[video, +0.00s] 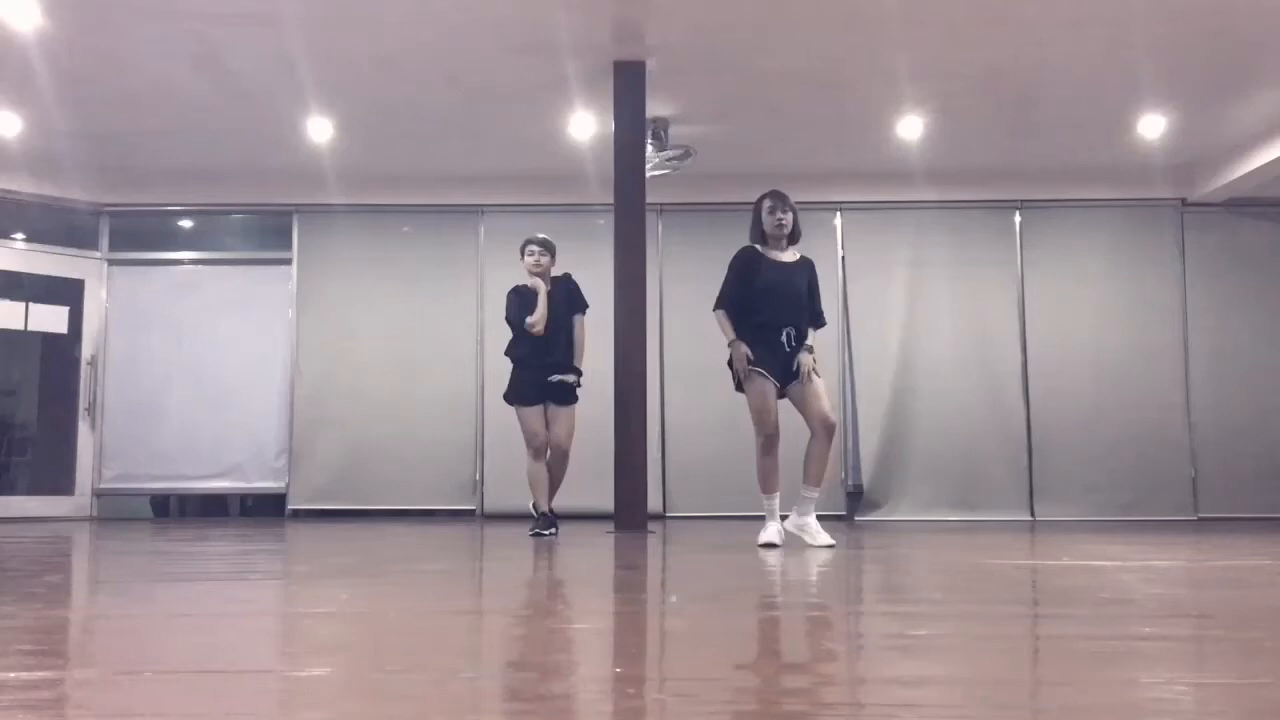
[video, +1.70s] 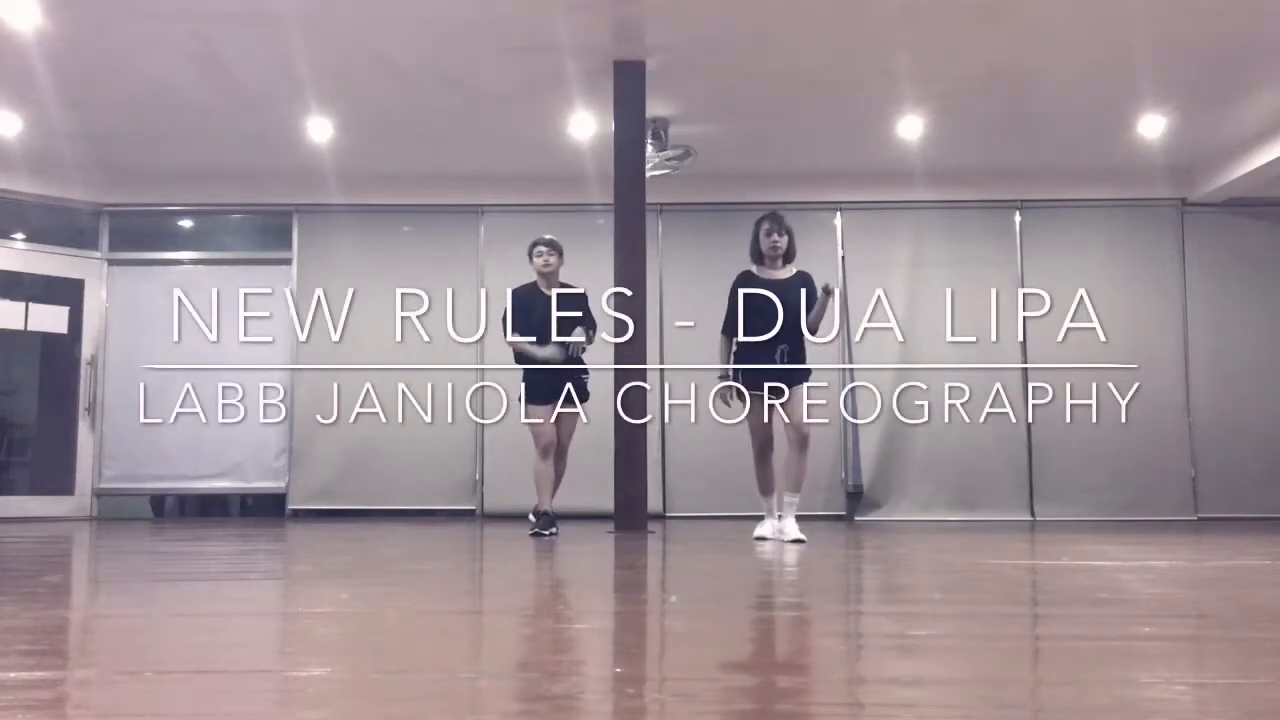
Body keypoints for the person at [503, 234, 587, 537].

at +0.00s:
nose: (536, 258)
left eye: (542, 254)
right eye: (530, 254)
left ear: (552, 260)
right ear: (522, 260)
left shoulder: (566, 285)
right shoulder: (517, 295)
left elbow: (578, 327)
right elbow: (535, 326)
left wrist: (576, 368)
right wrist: (542, 289)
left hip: (561, 375)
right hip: (527, 377)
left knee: (560, 447)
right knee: (537, 446)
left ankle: (543, 505)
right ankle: (543, 514)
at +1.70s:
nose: (545, 259)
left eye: (550, 255)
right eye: (539, 255)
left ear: (560, 260)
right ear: (531, 262)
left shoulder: (575, 295)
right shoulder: (520, 296)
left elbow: (590, 329)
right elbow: (513, 340)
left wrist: (581, 337)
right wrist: (541, 352)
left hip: (571, 380)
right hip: (537, 380)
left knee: (561, 448)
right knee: (545, 445)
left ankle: (542, 508)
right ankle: (544, 513)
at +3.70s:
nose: (537, 222)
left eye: (544, 216)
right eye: (530, 216)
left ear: (556, 221)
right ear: (520, 223)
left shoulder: (577, 254)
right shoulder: (513, 274)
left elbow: (595, 305)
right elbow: (504, 329)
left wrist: (597, 351)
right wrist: (494, 370)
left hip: (571, 363)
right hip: (526, 366)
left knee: (568, 453)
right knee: (544, 445)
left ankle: (548, 501)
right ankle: (555, 522)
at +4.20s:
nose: (537, 197)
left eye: (547, 192)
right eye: (531, 190)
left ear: (560, 200)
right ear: (520, 195)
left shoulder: (576, 237)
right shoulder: (496, 244)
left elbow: (601, 282)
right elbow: (479, 297)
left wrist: (602, 314)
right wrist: (498, 311)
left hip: (571, 342)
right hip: (522, 344)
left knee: (558, 419)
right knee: (521, 432)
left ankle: (561, 519)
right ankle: (518, 521)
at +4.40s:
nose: (522, 196)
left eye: (528, 187)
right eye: (513, 191)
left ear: (543, 192)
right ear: (503, 201)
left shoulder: (576, 231)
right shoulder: (499, 250)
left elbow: (597, 286)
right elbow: (494, 308)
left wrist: (600, 338)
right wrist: (510, 265)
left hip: (566, 343)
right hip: (513, 347)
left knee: (558, 407)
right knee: (522, 448)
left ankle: (551, 515)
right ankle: (521, 524)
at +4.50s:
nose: (533, 185)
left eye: (539, 176)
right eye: (524, 181)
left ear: (554, 181)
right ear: (514, 190)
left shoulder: (579, 234)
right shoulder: (501, 230)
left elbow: (589, 295)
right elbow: (488, 278)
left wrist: (590, 338)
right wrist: (529, 238)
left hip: (565, 341)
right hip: (514, 341)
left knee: (558, 423)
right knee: (524, 446)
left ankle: (552, 525)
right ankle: (524, 524)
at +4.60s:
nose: (556, 180)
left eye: (563, 175)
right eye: (548, 172)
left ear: (571, 188)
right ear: (531, 179)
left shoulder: (571, 239)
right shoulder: (510, 212)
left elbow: (579, 302)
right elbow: (492, 235)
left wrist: (595, 338)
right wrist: (530, 208)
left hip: (565, 340)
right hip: (515, 339)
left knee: (559, 425)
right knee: (526, 445)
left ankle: (552, 526)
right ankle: (533, 516)